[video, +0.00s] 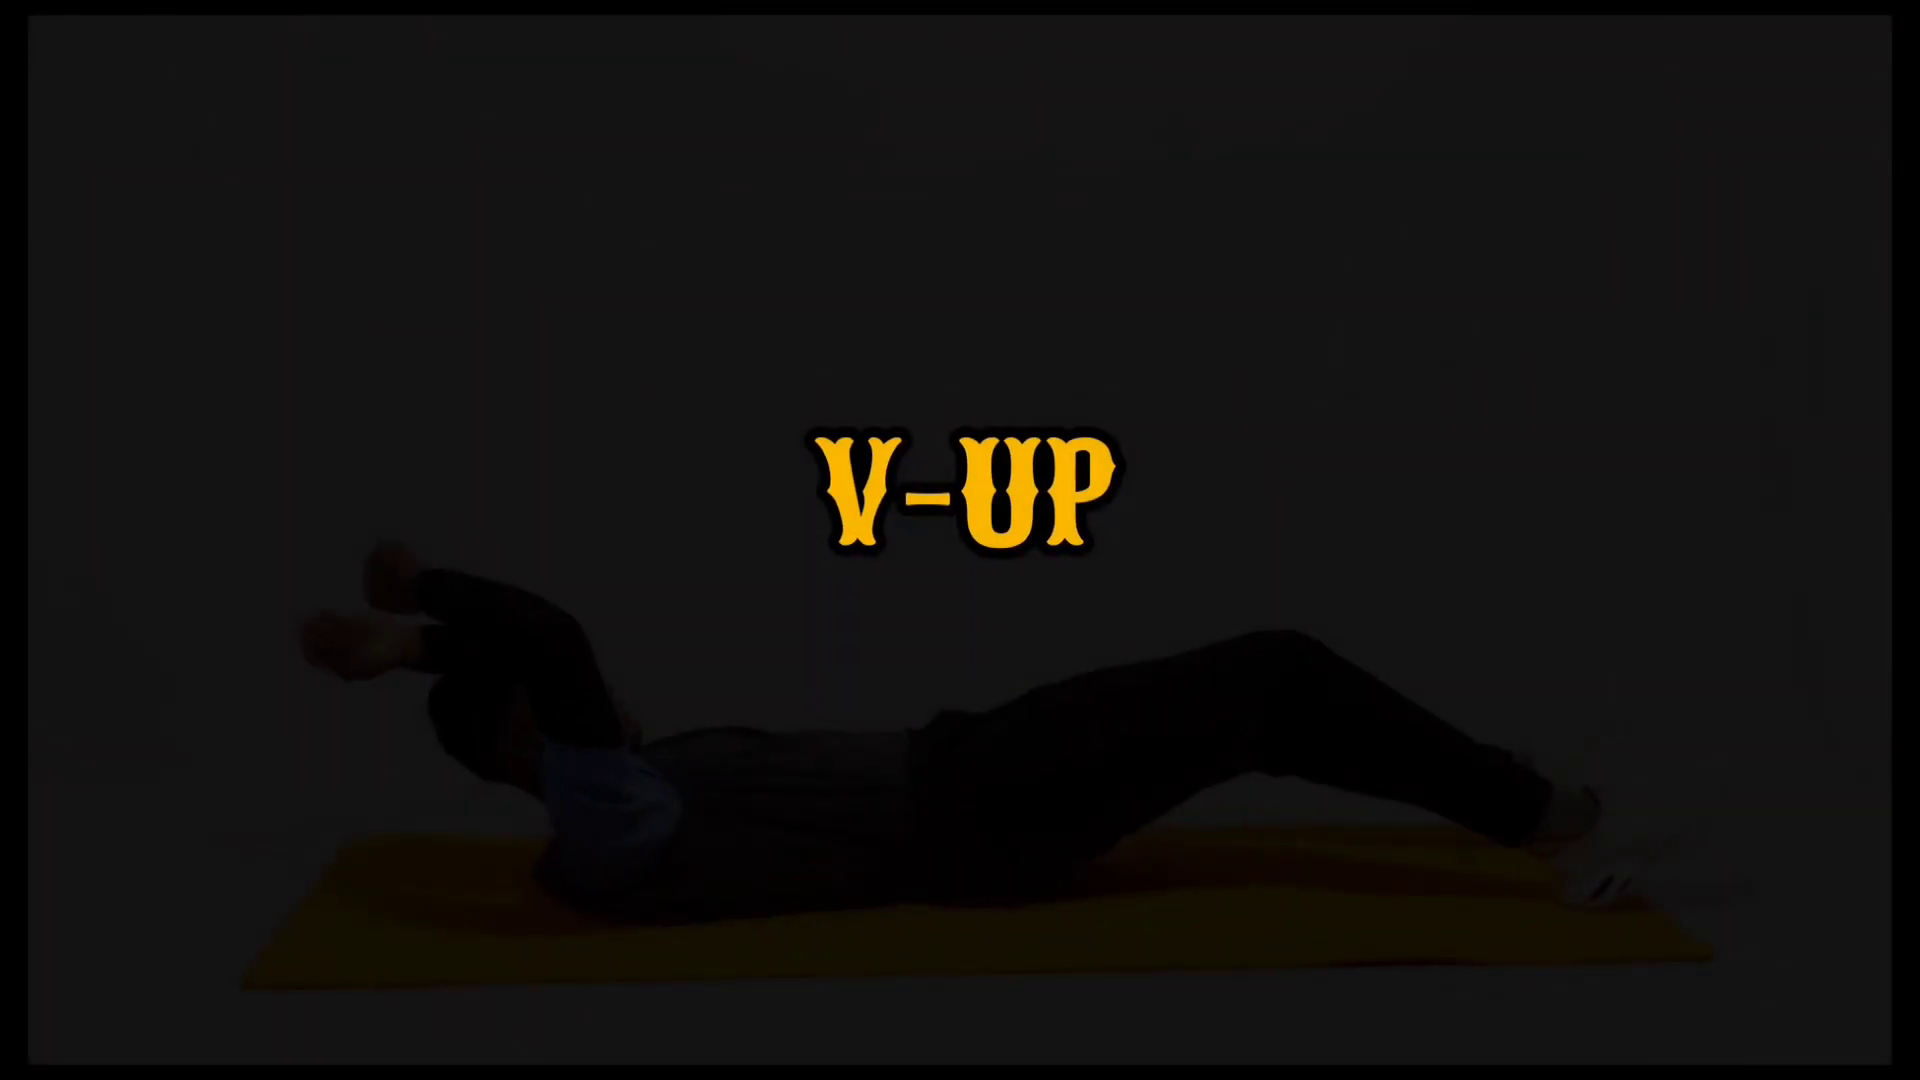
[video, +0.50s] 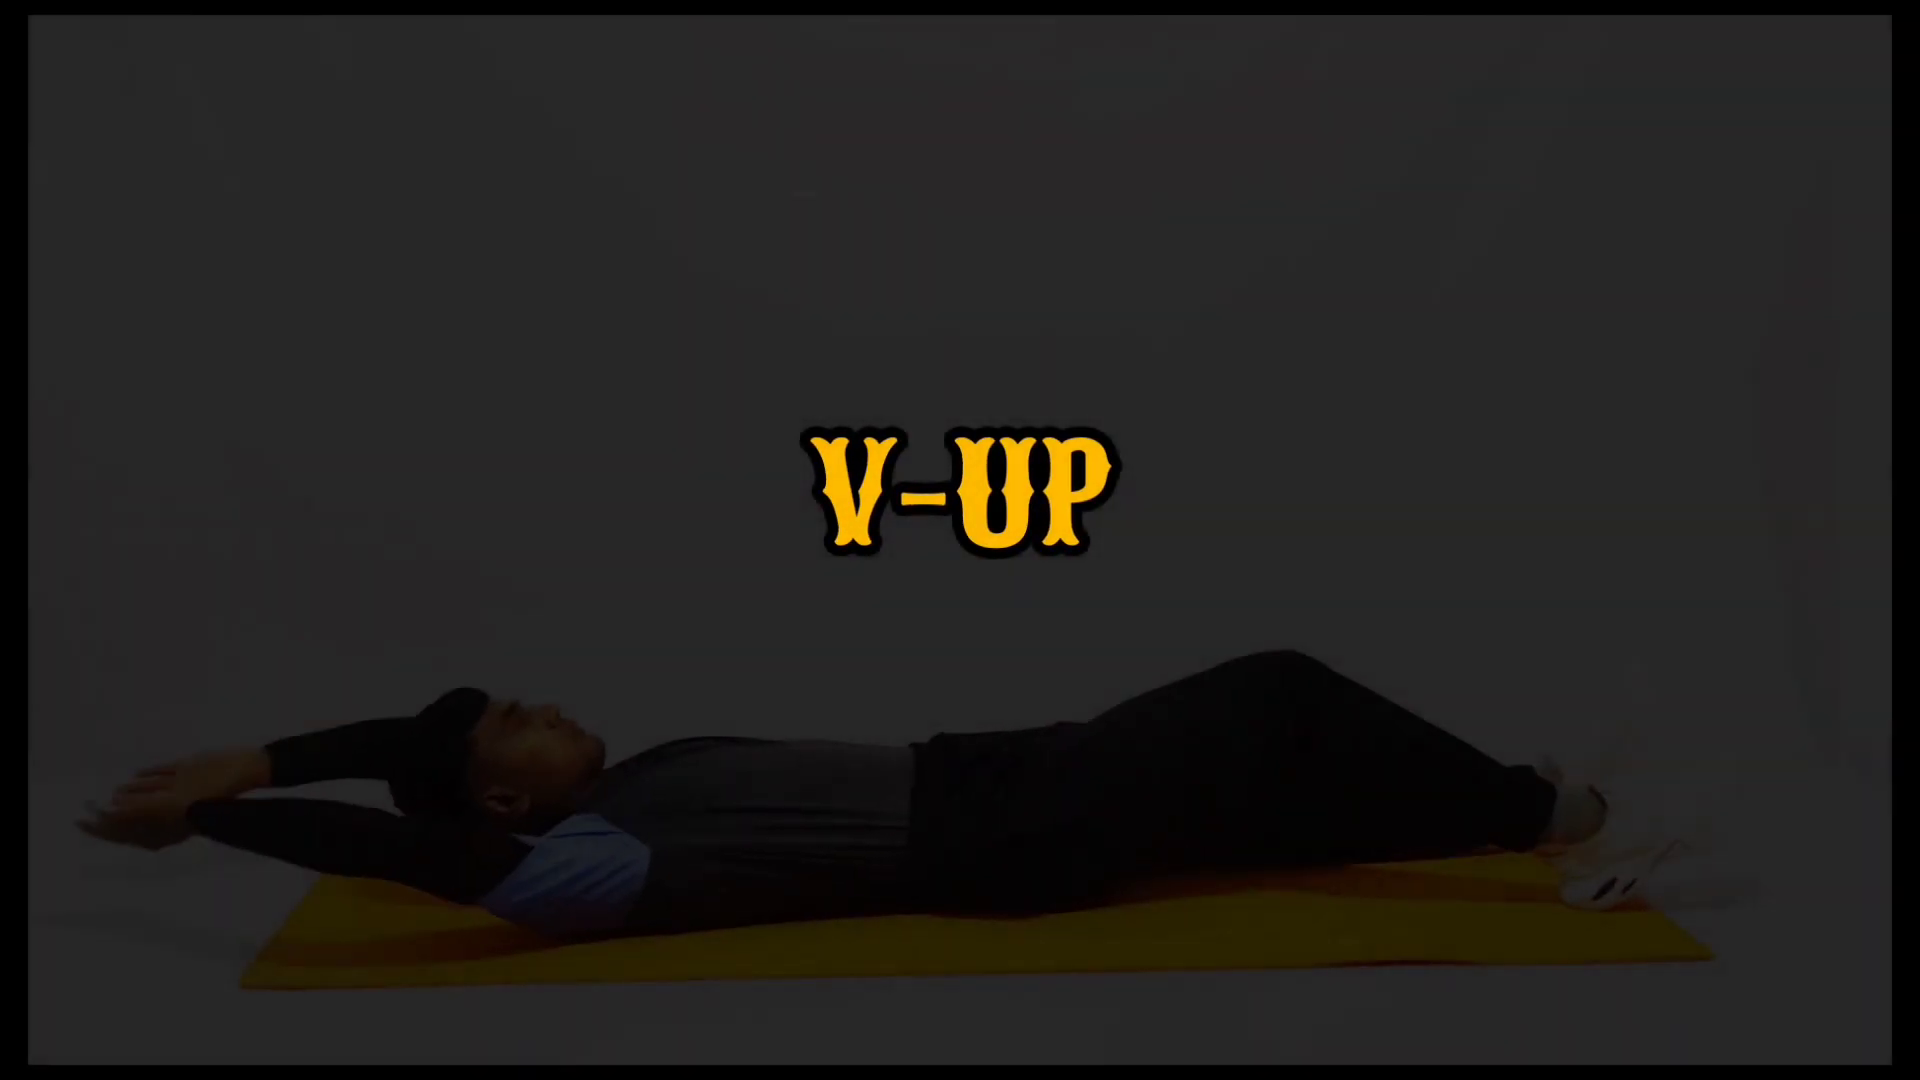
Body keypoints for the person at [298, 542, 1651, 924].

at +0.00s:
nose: (537, 728)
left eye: (528, 715)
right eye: (518, 725)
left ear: (529, 743)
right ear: (518, 752)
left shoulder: (616, 798)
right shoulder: (602, 821)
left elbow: (545, 659)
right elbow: (546, 653)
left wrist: (420, 623)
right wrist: (420, 627)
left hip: (972, 788)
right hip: (966, 813)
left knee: (1264, 673)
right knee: (1264, 676)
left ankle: (1526, 808)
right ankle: (1529, 816)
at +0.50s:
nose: (546, 733)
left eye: (528, 721)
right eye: (517, 745)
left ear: (545, 736)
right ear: (495, 806)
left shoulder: (624, 784)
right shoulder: (594, 851)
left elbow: (430, 765)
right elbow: (408, 848)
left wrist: (250, 770)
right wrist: (220, 816)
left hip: (1016, 773)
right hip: (1004, 832)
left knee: (1278, 682)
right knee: (1272, 713)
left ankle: (1510, 803)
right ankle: (1513, 819)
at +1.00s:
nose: (504, 779)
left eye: (488, 771)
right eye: (485, 797)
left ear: (516, 778)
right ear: (489, 845)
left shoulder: (614, 788)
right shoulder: (587, 858)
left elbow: (380, 833)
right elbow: (415, 910)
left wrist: (192, 862)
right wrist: (203, 918)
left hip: (967, 758)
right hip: (956, 826)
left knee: (1240, 766)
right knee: (1245, 817)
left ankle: (1519, 805)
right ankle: (1547, 827)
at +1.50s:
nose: (505, 779)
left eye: (487, 770)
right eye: (486, 798)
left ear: (514, 775)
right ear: (495, 840)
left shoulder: (618, 781)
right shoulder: (595, 851)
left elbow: (387, 841)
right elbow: (451, 906)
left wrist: (205, 878)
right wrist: (280, 923)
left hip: (974, 764)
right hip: (960, 829)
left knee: (1241, 766)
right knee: (1249, 828)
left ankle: (1521, 803)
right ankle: (1552, 834)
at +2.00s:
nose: (534, 741)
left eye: (515, 728)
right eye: (505, 754)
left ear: (532, 743)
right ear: (497, 811)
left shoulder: (621, 784)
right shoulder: (602, 852)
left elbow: (397, 741)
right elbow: (501, 850)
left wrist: (208, 704)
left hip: (977, 766)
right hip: (966, 829)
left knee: (1245, 737)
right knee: (1246, 773)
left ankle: (1535, 761)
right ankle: (1553, 784)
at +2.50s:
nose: (754, 510)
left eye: (737, 495)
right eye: (726, 508)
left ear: (690, 551)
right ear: (680, 563)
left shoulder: (726, 621)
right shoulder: (737, 634)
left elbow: (880, 473)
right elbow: (893, 485)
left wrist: (990, 316)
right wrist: (1016, 319)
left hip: (963, 797)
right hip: (981, 840)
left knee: (1140, 560)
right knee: (1166, 577)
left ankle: (1348, 330)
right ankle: (1390, 350)